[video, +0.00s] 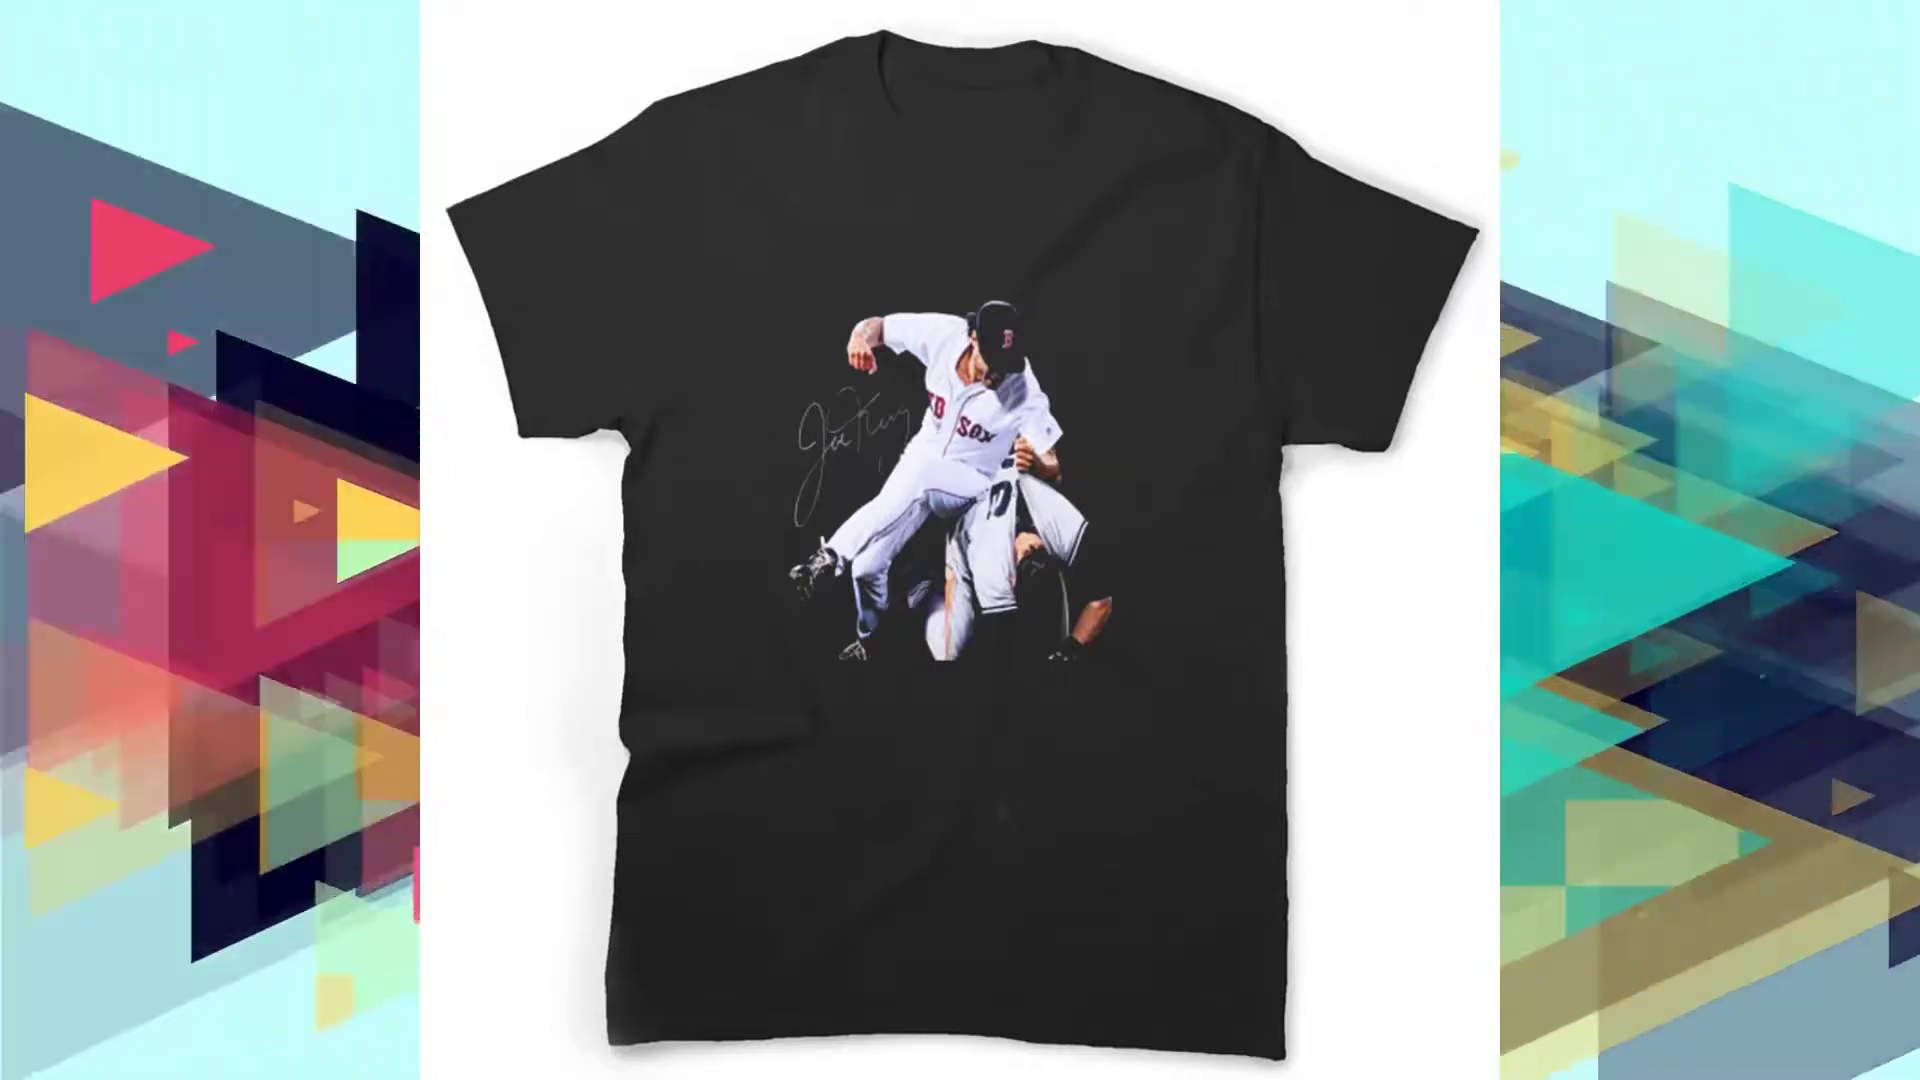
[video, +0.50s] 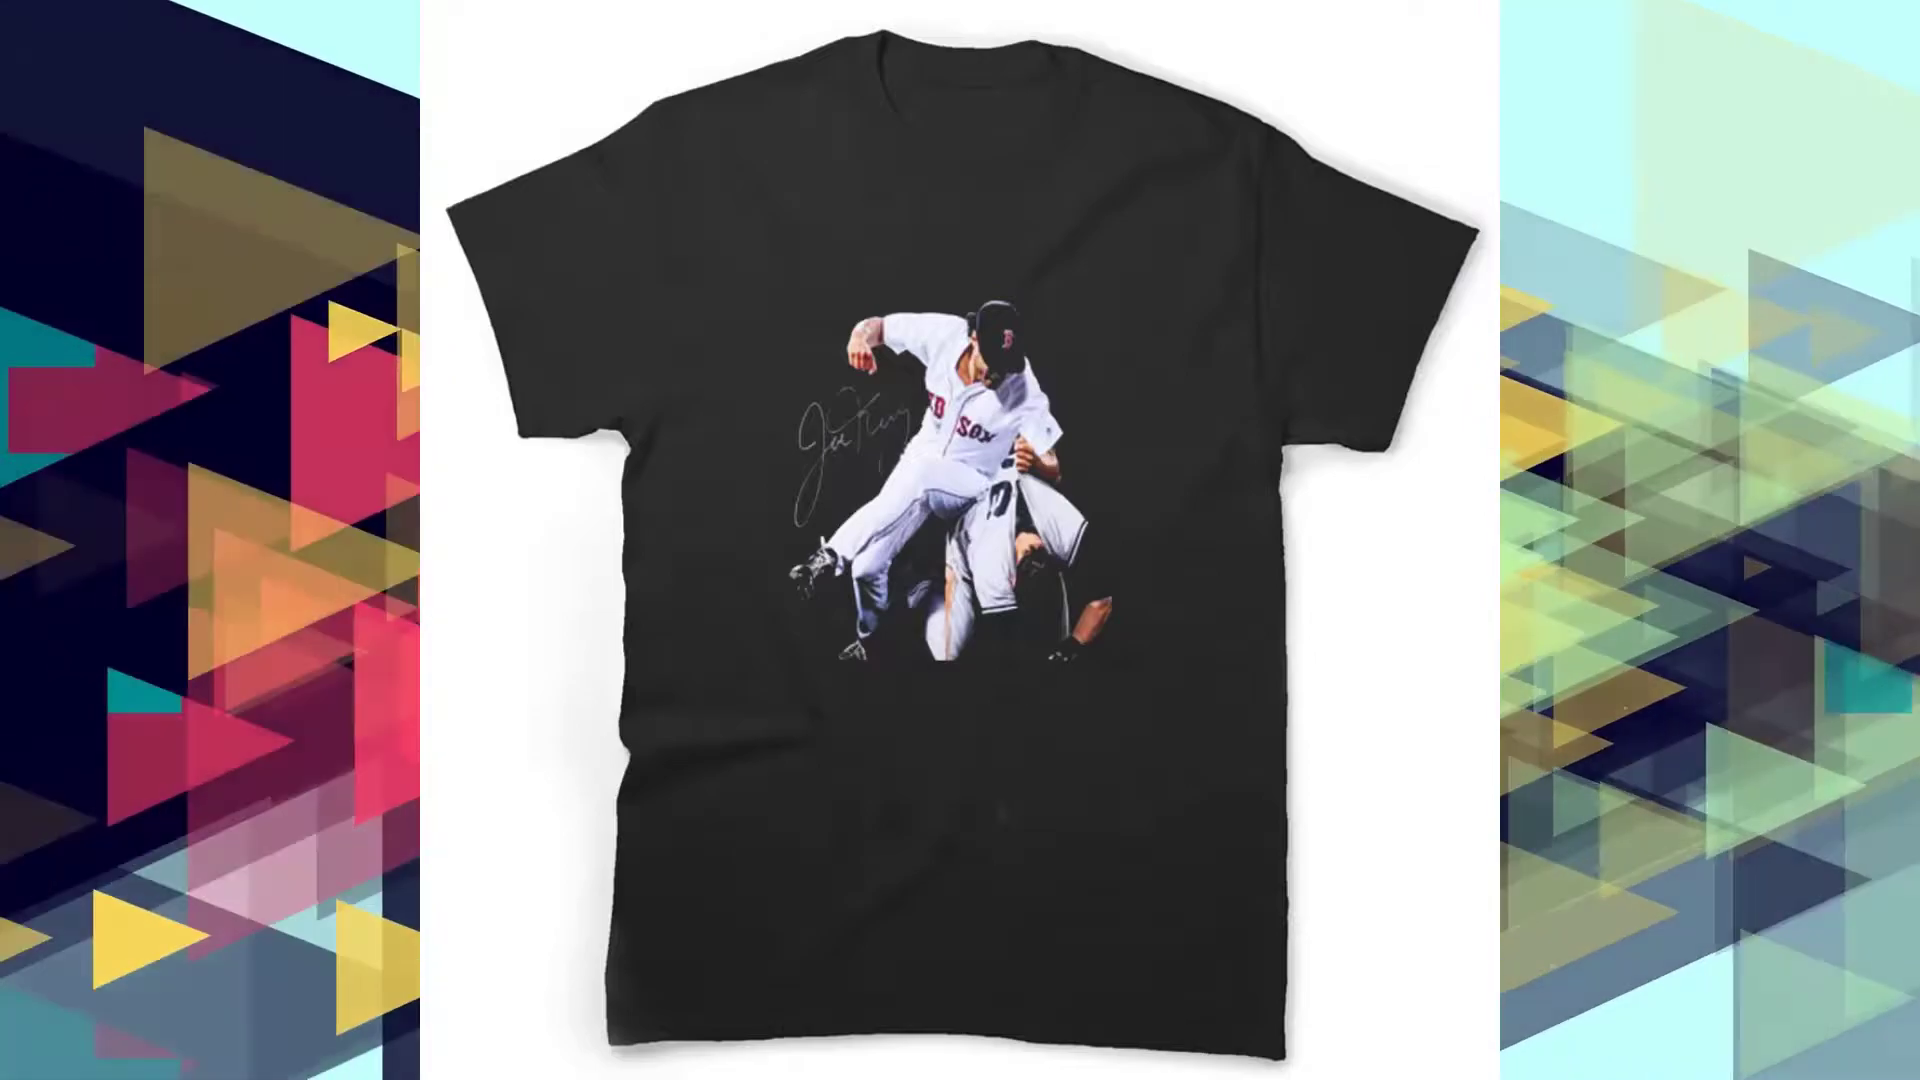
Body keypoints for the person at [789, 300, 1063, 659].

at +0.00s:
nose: (997, 374)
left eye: (1006, 367)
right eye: (991, 364)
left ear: (1017, 354)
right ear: (973, 341)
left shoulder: (1023, 389)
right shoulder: (946, 334)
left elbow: (1054, 468)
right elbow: (878, 327)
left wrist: (1038, 463)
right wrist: (861, 339)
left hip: (979, 482)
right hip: (922, 460)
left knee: (920, 476)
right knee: (867, 566)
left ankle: (829, 559)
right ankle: (871, 641)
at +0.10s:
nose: (997, 374)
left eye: (1006, 367)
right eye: (991, 364)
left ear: (1017, 354)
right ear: (973, 341)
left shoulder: (1023, 389)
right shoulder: (946, 334)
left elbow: (1054, 468)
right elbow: (878, 327)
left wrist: (1038, 463)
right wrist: (861, 339)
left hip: (979, 482)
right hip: (922, 460)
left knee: (920, 476)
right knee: (867, 566)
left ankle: (829, 559)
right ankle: (871, 641)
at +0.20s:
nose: (997, 374)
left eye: (1006, 367)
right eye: (992, 364)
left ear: (1017, 354)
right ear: (973, 341)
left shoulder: (1024, 390)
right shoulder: (946, 334)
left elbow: (1054, 469)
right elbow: (877, 327)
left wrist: (1038, 463)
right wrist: (861, 339)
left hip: (979, 482)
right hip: (922, 460)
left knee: (921, 476)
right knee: (867, 566)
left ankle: (829, 559)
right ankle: (871, 641)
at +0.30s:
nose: (995, 375)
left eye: (1003, 368)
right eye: (990, 366)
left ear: (1016, 355)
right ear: (973, 342)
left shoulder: (1024, 390)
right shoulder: (945, 334)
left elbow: (1054, 468)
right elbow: (877, 327)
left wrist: (1037, 463)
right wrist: (861, 340)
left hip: (978, 483)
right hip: (921, 462)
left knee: (920, 474)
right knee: (867, 567)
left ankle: (828, 560)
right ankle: (872, 641)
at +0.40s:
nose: (995, 375)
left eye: (1003, 368)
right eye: (990, 366)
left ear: (1016, 355)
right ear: (973, 342)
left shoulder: (1024, 390)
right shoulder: (945, 334)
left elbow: (1054, 468)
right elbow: (877, 327)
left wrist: (1037, 463)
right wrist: (861, 340)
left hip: (978, 483)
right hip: (921, 462)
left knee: (920, 474)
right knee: (867, 567)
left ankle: (828, 560)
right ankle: (872, 641)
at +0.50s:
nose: (994, 375)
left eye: (1003, 368)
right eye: (990, 365)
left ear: (1016, 355)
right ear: (973, 341)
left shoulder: (1024, 390)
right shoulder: (946, 334)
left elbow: (1054, 469)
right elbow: (877, 327)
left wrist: (1038, 463)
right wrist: (861, 339)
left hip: (979, 484)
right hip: (922, 462)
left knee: (920, 474)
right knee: (867, 567)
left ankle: (828, 560)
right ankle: (872, 642)